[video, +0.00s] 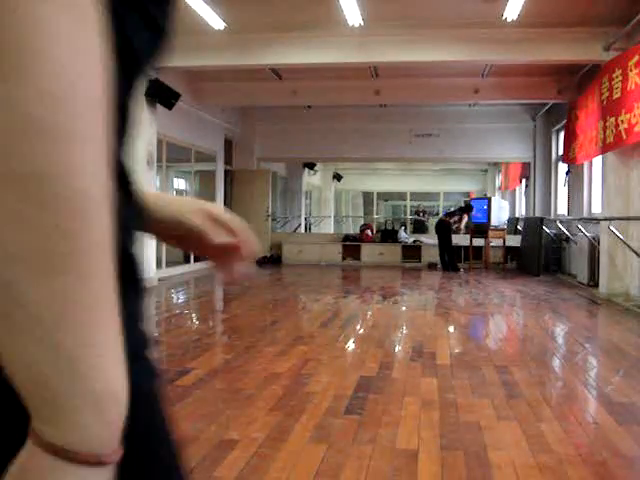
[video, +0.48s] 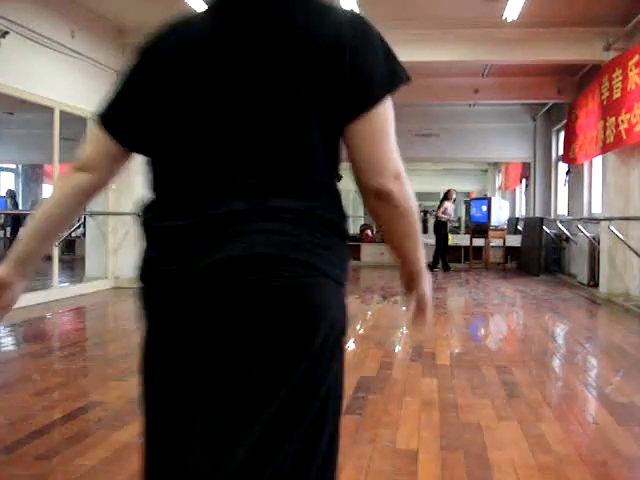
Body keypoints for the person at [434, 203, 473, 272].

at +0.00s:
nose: (470, 213)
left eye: (470, 211)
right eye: (470, 211)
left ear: (465, 207)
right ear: (469, 210)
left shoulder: (458, 211)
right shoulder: (464, 215)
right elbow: (461, 227)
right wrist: (461, 233)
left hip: (439, 223)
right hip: (446, 225)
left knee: (442, 248)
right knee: (449, 247)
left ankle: (445, 267)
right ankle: (453, 266)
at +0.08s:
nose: (466, 207)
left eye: (466, 205)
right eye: (466, 205)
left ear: (459, 202)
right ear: (464, 204)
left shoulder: (453, 208)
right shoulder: (460, 210)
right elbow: (455, 220)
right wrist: (456, 229)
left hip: (438, 223)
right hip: (444, 224)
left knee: (442, 247)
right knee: (448, 246)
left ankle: (445, 267)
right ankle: (454, 266)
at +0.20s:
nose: (463, 203)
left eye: (464, 201)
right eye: (463, 201)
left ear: (456, 199)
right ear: (460, 200)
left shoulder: (452, 206)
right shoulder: (455, 207)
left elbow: (444, 217)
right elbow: (449, 217)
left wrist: (452, 223)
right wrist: (455, 224)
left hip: (439, 225)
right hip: (442, 226)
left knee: (443, 246)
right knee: (447, 246)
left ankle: (445, 266)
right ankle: (453, 266)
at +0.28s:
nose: (459, 198)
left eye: (459, 196)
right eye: (458, 196)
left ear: (453, 197)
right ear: (455, 197)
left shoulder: (452, 204)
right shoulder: (451, 204)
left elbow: (446, 215)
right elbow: (444, 215)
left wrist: (452, 220)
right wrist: (452, 221)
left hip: (442, 224)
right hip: (441, 225)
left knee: (444, 245)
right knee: (444, 245)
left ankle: (445, 265)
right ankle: (445, 266)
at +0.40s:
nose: (455, 196)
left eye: (455, 194)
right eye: (454, 194)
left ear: (455, 196)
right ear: (450, 195)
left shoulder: (452, 205)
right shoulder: (446, 203)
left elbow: (447, 214)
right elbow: (440, 214)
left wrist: (451, 218)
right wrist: (449, 218)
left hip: (444, 223)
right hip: (440, 223)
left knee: (444, 245)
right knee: (441, 245)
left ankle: (445, 264)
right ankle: (437, 265)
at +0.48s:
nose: (454, 196)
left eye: (454, 194)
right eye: (452, 194)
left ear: (454, 196)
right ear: (449, 195)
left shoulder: (452, 205)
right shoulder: (445, 203)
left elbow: (448, 214)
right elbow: (438, 214)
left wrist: (451, 218)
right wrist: (448, 218)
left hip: (445, 223)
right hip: (440, 223)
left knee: (444, 245)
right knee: (440, 245)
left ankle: (445, 264)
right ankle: (434, 264)